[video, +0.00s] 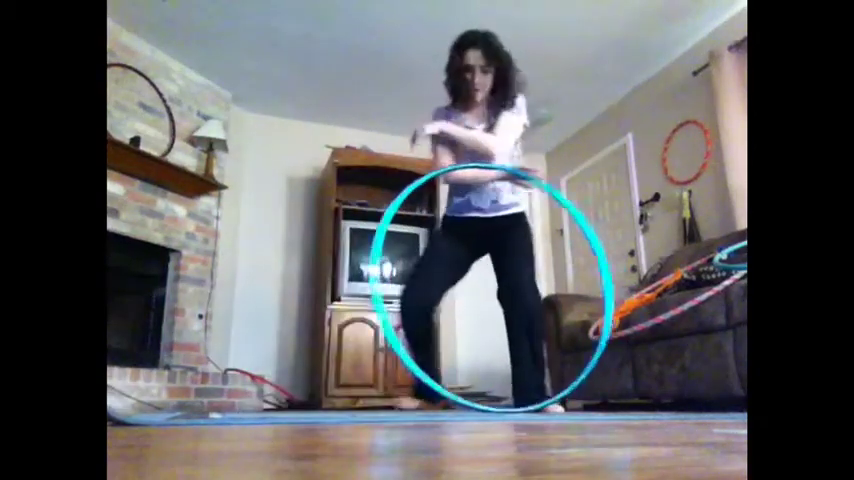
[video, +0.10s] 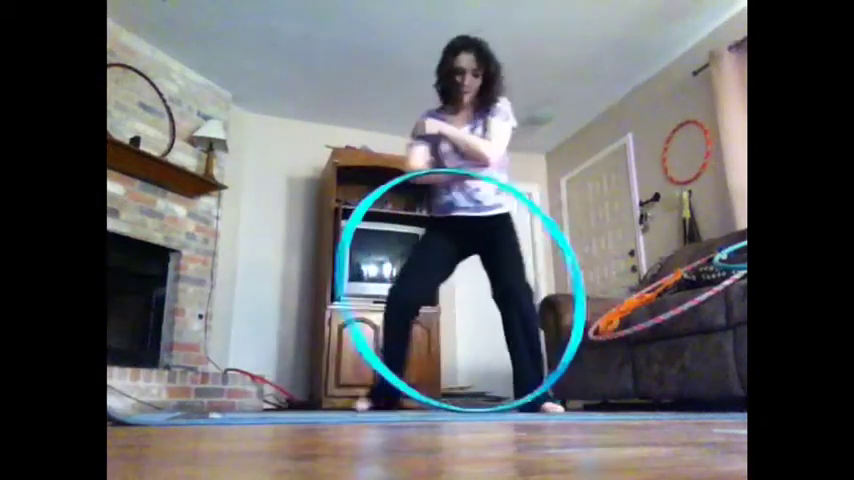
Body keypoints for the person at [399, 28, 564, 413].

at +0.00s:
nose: (475, 79)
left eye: (484, 70)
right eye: (467, 70)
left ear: (497, 73)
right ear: (455, 73)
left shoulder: (513, 106)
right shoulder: (445, 117)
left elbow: (498, 147)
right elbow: (449, 174)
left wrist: (441, 129)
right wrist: (506, 173)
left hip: (508, 223)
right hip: (461, 224)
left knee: (522, 301)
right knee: (416, 299)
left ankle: (534, 400)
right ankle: (427, 393)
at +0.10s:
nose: (465, 81)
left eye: (473, 73)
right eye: (457, 73)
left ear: (485, 76)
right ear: (446, 75)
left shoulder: (498, 108)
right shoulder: (431, 116)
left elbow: (490, 153)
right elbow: (416, 169)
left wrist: (440, 126)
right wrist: (456, 171)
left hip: (494, 223)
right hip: (447, 226)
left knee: (517, 299)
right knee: (401, 298)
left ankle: (534, 395)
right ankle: (386, 394)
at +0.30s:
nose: (444, 87)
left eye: (452, 82)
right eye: (437, 79)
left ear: (462, 87)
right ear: (423, 83)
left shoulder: (469, 125)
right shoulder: (403, 127)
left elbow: (480, 165)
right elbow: (371, 166)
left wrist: (439, 141)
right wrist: (394, 166)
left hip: (461, 227)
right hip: (417, 228)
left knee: (494, 301)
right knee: (379, 304)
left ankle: (528, 395)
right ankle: (376, 400)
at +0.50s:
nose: (418, 100)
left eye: (425, 95)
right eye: (412, 92)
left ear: (432, 101)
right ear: (397, 94)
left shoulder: (440, 139)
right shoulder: (376, 138)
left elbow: (463, 179)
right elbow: (349, 167)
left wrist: (437, 151)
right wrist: (327, 180)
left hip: (439, 234)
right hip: (395, 238)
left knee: (479, 306)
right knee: (361, 309)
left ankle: (526, 392)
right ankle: (379, 406)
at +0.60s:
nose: (416, 105)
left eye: (421, 101)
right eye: (409, 97)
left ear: (425, 108)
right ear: (391, 99)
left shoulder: (433, 145)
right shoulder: (372, 147)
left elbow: (450, 184)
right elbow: (351, 182)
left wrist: (444, 181)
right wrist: (339, 184)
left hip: (440, 236)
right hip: (398, 242)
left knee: (485, 304)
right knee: (361, 311)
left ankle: (525, 395)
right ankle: (380, 407)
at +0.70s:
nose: (418, 105)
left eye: (424, 100)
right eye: (411, 97)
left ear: (428, 107)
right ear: (393, 100)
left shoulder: (435, 145)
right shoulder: (377, 147)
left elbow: (450, 186)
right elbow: (357, 190)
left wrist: (456, 196)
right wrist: (363, 188)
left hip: (444, 236)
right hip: (402, 243)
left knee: (489, 303)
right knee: (366, 308)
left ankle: (523, 399)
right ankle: (380, 404)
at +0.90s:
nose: (452, 99)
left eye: (458, 94)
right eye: (445, 90)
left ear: (463, 102)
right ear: (427, 95)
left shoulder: (466, 142)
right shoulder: (414, 138)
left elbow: (471, 188)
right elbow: (418, 187)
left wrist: (485, 220)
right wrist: (453, 185)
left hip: (466, 233)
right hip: (425, 236)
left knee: (510, 302)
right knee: (390, 306)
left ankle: (522, 398)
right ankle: (381, 401)